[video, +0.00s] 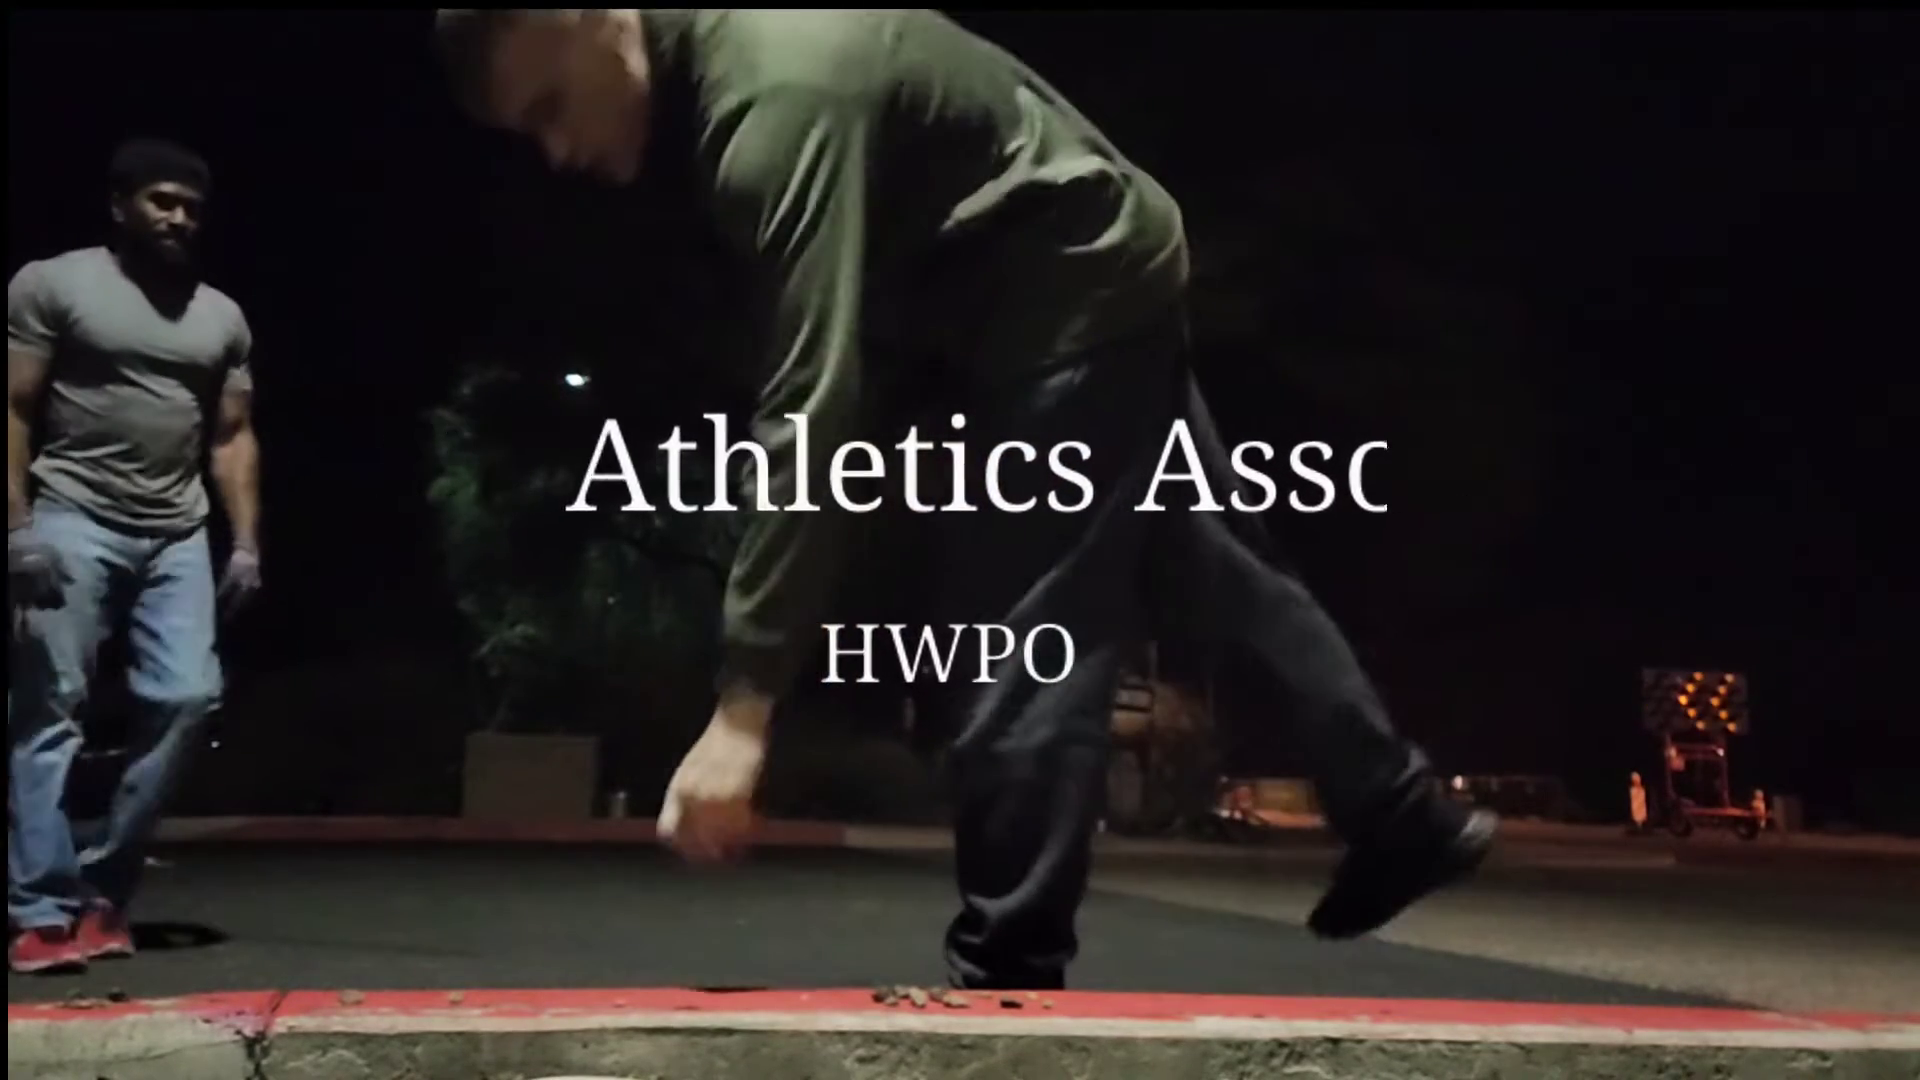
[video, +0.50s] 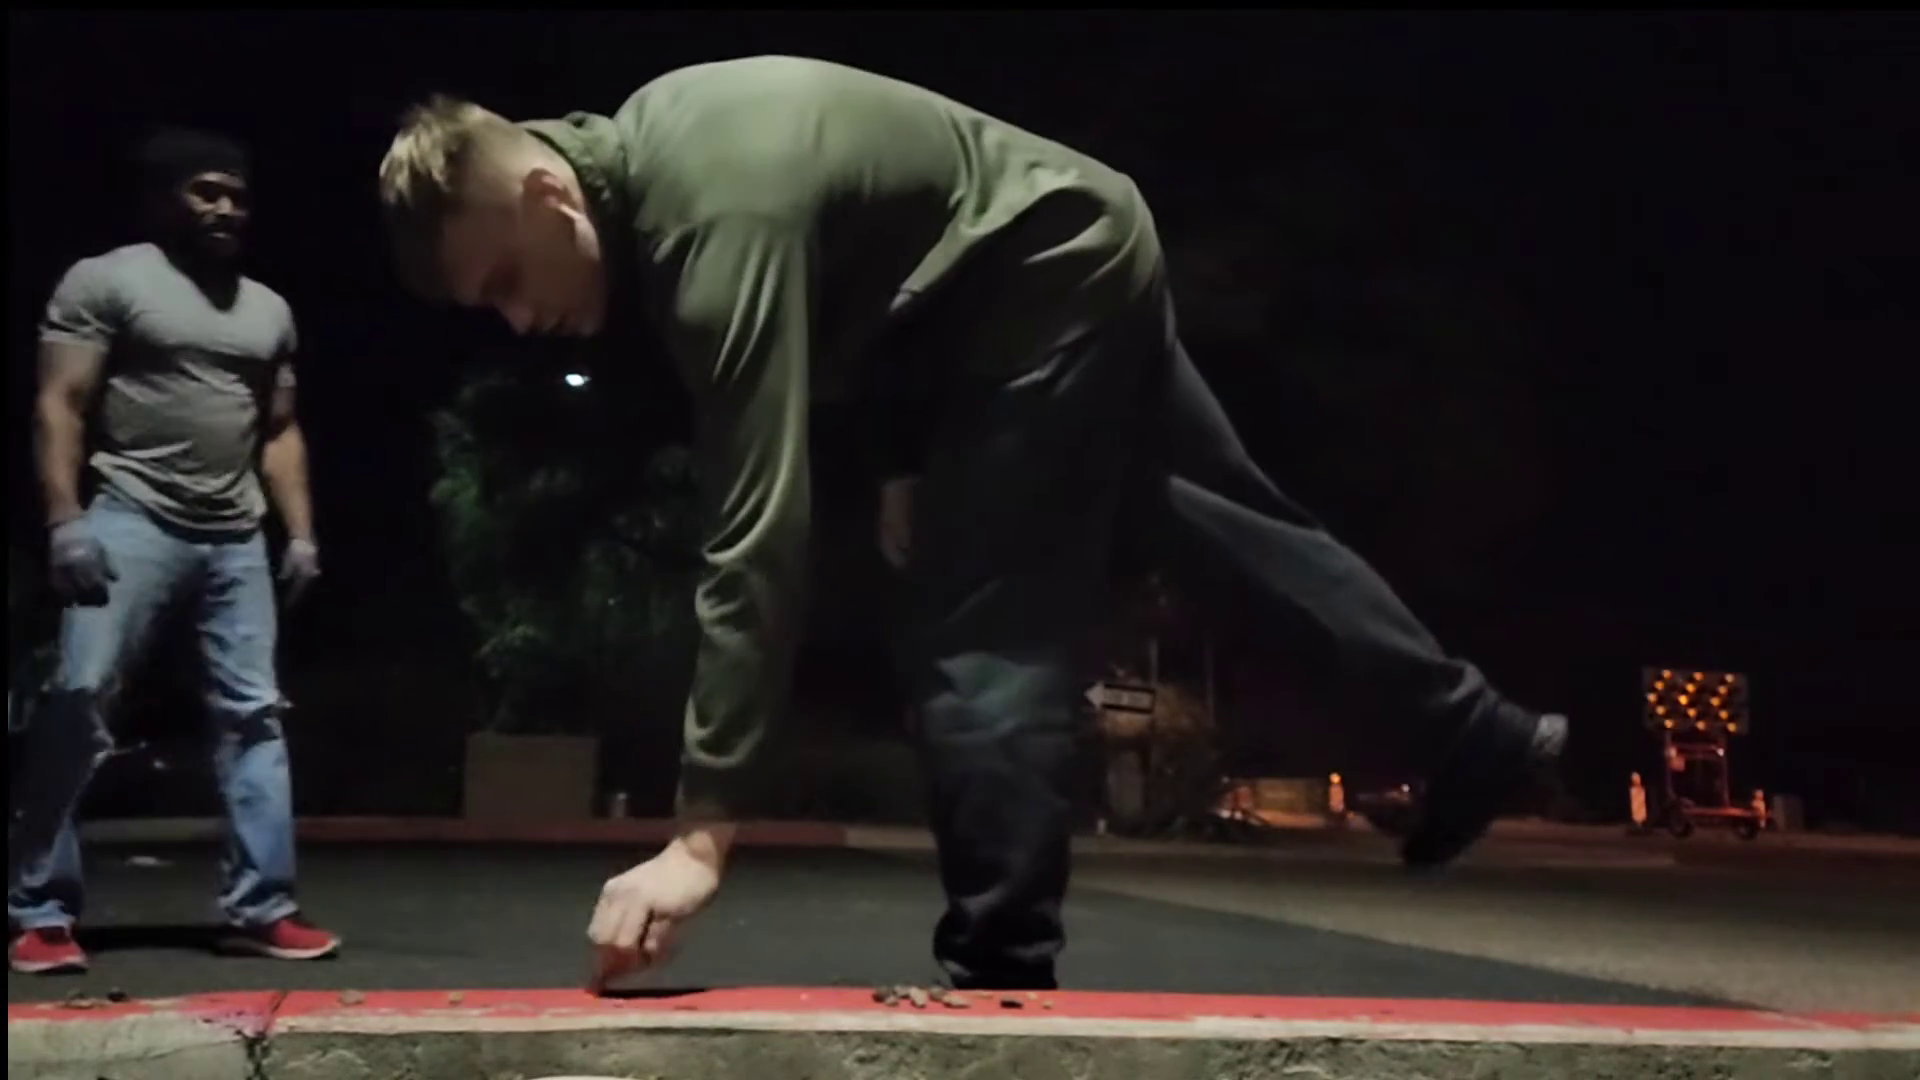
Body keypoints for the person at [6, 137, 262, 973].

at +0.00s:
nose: (178, 219)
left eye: (190, 207)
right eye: (161, 202)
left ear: (204, 219)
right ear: (121, 206)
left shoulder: (222, 321)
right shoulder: (53, 288)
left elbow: (233, 434)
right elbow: (16, 412)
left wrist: (246, 537)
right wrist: (19, 524)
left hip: (178, 532)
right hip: (71, 519)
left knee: (187, 695)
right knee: (52, 706)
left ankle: (97, 893)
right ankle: (39, 912)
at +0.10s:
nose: (175, 214)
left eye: (187, 201)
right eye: (158, 197)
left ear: (201, 212)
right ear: (118, 201)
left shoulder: (221, 313)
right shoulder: (55, 283)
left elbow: (234, 431)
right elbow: (20, 405)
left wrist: (248, 541)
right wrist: (25, 513)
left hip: (184, 530)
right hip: (76, 519)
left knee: (206, 689)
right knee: (50, 702)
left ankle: (125, 882)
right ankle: (38, 909)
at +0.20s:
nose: (177, 209)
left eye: (190, 196)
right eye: (160, 192)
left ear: (205, 208)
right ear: (120, 196)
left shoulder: (226, 309)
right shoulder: (58, 280)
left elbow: (240, 428)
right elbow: (22, 400)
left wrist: (258, 537)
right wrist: (33, 509)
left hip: (193, 530)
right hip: (83, 519)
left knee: (221, 692)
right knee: (51, 703)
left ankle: (177, 892)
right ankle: (38, 910)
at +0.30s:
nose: (183, 207)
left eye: (196, 194)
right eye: (165, 190)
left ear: (211, 206)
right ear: (127, 195)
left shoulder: (231, 307)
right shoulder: (66, 279)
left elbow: (246, 426)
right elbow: (27, 399)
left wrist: (266, 533)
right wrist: (39, 508)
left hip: (200, 529)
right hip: (90, 518)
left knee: (230, 699)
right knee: (58, 708)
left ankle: (213, 900)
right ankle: (38, 911)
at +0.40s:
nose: (198, 206)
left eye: (211, 193)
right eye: (180, 189)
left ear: (226, 205)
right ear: (143, 195)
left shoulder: (246, 307)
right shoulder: (83, 279)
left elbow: (260, 425)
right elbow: (40, 399)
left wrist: (281, 532)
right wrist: (49, 511)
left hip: (215, 529)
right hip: (107, 518)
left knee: (243, 709)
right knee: (65, 707)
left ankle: (258, 903)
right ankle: (40, 911)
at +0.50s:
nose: (226, 210)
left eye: (236, 196)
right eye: (208, 193)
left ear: (248, 207)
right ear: (166, 199)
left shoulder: (269, 313)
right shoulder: (105, 283)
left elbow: (280, 428)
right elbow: (60, 403)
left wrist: (300, 529)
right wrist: (66, 519)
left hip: (237, 532)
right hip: (132, 519)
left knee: (255, 710)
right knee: (81, 696)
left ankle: (262, 905)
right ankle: (39, 907)